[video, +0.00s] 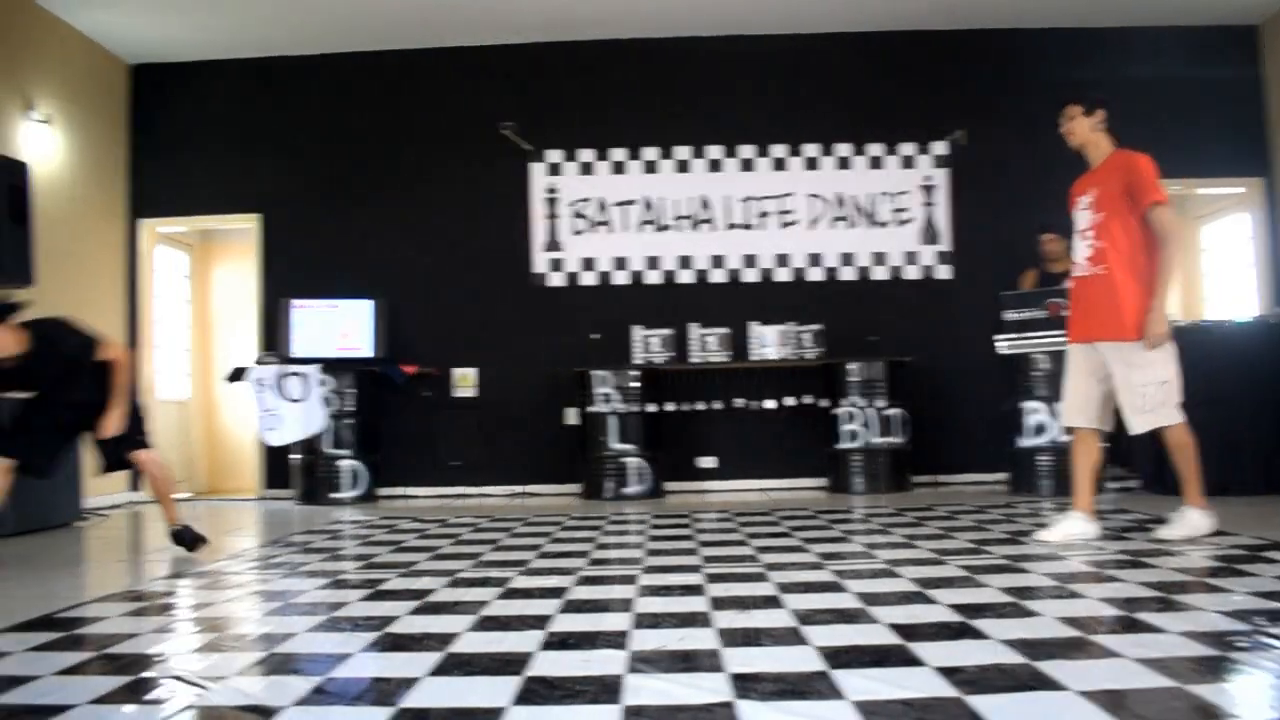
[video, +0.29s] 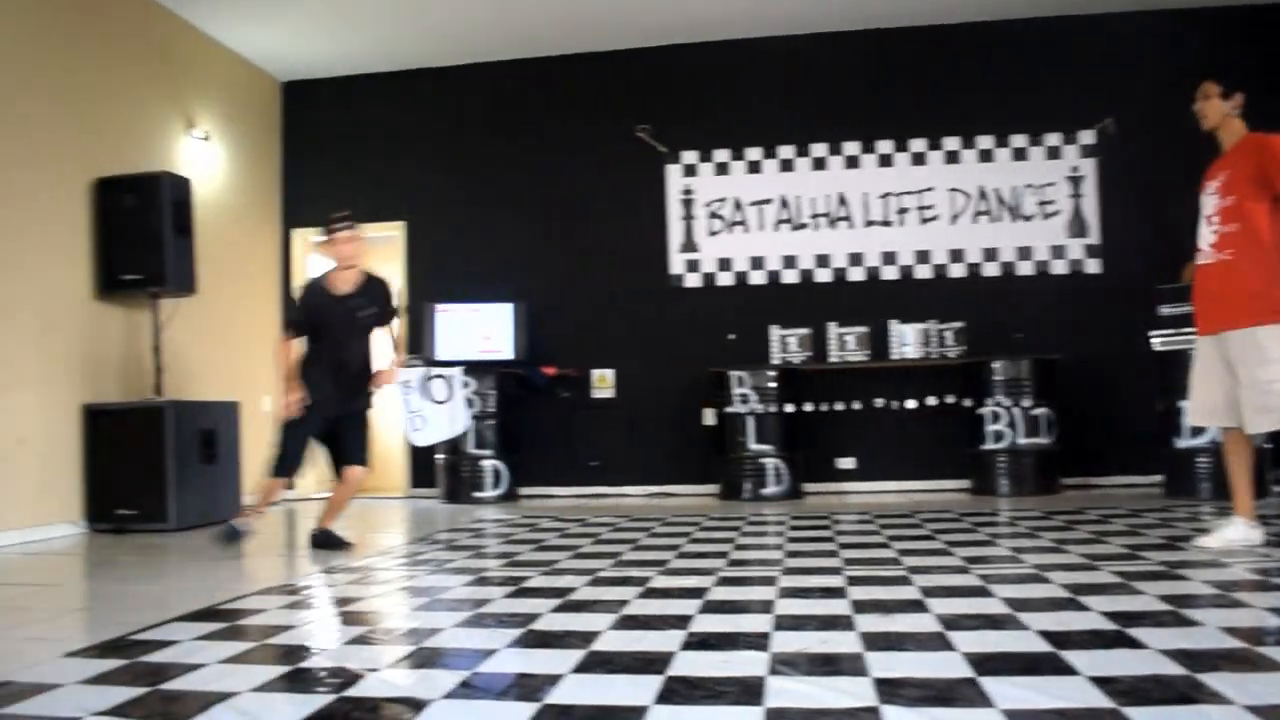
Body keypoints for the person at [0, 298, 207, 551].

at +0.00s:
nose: (4, 343)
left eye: (3, 335)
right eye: (2, 337)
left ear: (10, 326)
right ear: (4, 334)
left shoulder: (52, 333)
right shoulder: (8, 370)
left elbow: (119, 354)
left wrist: (116, 412)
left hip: (100, 391)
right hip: (53, 403)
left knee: (143, 455)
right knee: (7, 459)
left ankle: (176, 525)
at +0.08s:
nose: (103, 305)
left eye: (110, 294)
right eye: (98, 297)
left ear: (131, 289)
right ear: (93, 299)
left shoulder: (169, 313)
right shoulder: (100, 333)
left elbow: (206, 343)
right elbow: (81, 389)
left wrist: (201, 390)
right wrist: (57, 450)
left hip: (184, 395)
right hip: (135, 398)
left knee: (216, 459)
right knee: (86, 464)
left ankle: (214, 532)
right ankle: (39, 540)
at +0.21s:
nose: (256, 267)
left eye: (263, 259)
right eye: (251, 260)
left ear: (276, 259)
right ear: (244, 262)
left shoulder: (304, 297)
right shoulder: (241, 304)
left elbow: (323, 345)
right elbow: (217, 363)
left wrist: (316, 381)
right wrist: (206, 412)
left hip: (293, 395)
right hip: (249, 396)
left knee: (305, 467)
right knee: (202, 462)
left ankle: (288, 530)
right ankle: (154, 532)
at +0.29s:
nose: (349, 248)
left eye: (353, 240)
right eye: (341, 242)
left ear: (361, 244)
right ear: (329, 248)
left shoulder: (376, 288)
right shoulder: (314, 291)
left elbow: (391, 335)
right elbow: (288, 339)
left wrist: (392, 367)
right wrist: (290, 387)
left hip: (352, 393)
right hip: (311, 392)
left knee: (354, 471)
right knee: (283, 473)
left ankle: (323, 529)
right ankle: (244, 522)